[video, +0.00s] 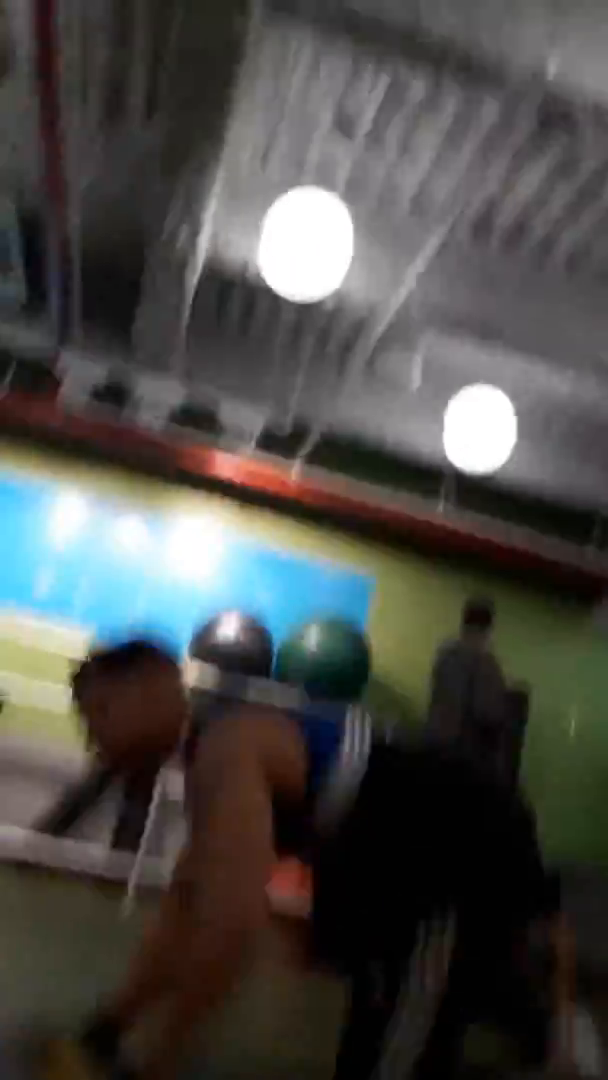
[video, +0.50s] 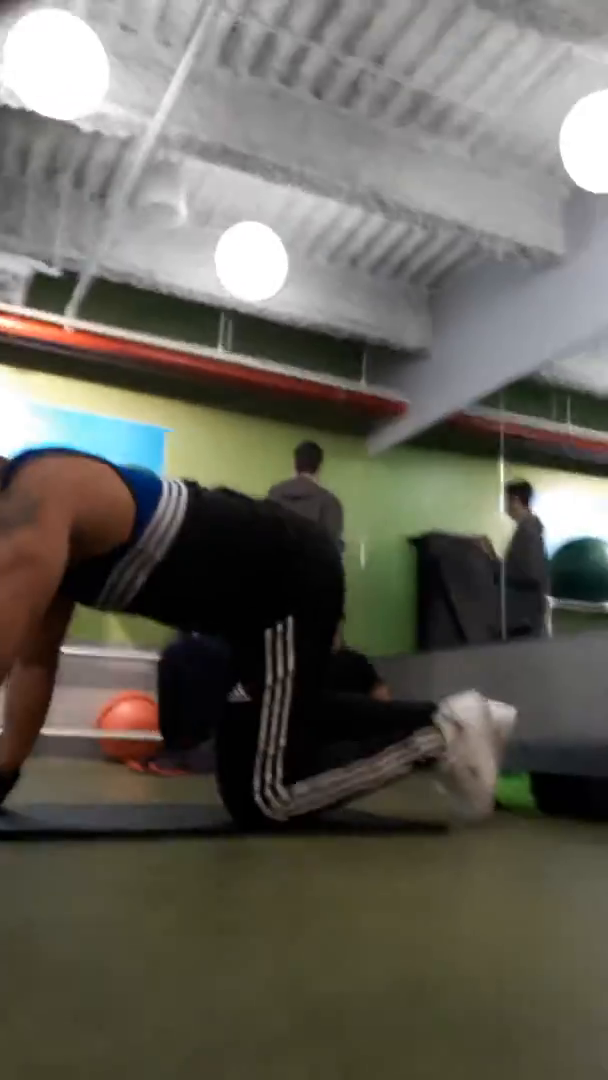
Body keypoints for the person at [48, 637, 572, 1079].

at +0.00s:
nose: (95, 738)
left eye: (100, 715)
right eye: (90, 721)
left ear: (150, 691)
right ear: (154, 694)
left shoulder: (233, 745)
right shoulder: (217, 750)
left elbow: (231, 922)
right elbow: (188, 908)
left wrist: (159, 1052)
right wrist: (113, 1023)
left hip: (456, 872)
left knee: (393, 1054)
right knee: (381, 1046)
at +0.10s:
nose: (56, 613)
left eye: (59, 590)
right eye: (49, 596)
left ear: (108, 566)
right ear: (106, 569)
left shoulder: (185, 613)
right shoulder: (152, 624)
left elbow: (146, 772)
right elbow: (126, 772)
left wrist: (66, 883)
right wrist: (77, 880)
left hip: (389, 724)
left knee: (347, 934)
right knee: (324, 929)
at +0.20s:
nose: (4, 536)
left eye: (2, 507)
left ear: (40, 476)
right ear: (40, 480)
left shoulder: (119, 536)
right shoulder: (106, 548)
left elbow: (27, 682)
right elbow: (94, 703)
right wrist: (42, 800)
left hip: (335, 630)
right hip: (283, 644)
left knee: (294, 855)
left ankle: (472, 815)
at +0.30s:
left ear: (18, 451)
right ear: (21, 453)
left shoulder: (91, 504)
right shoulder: (87, 513)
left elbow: (21, 657)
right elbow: (83, 664)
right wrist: (35, 769)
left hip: (322, 599)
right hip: (280, 606)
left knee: (292, 811)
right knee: (227, 738)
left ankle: (472, 757)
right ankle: (405, 725)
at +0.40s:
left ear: (2, 480)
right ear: (14, 474)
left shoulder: (65, 502)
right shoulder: (62, 512)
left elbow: (13, 652)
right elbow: (52, 664)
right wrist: (19, 768)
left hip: (290, 593)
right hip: (270, 595)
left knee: (272, 810)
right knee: (265, 782)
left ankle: (450, 751)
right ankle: (452, 742)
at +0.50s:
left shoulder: (42, 491)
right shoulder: (44, 510)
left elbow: (14, 658)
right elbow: (31, 670)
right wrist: (8, 768)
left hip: (285, 582)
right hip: (266, 587)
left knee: (265, 797)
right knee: (259, 773)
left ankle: (441, 737)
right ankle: (452, 724)